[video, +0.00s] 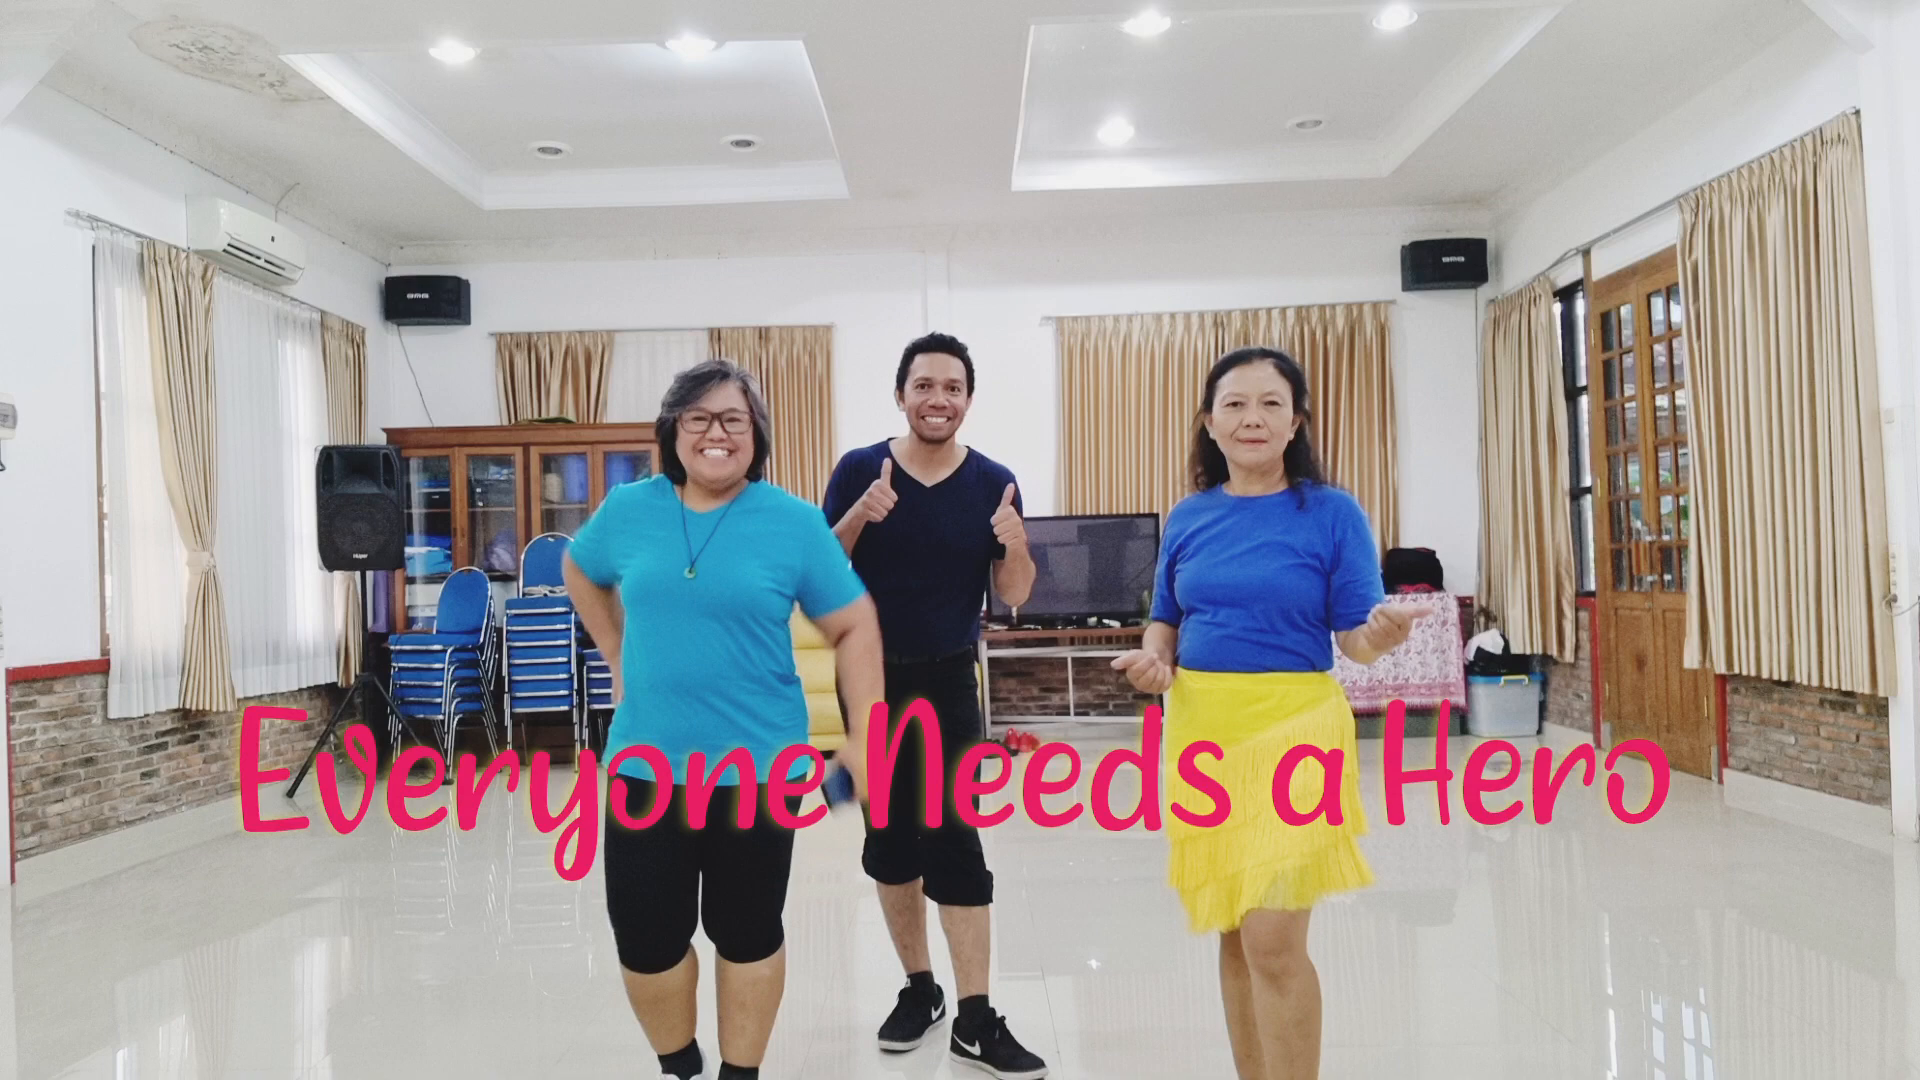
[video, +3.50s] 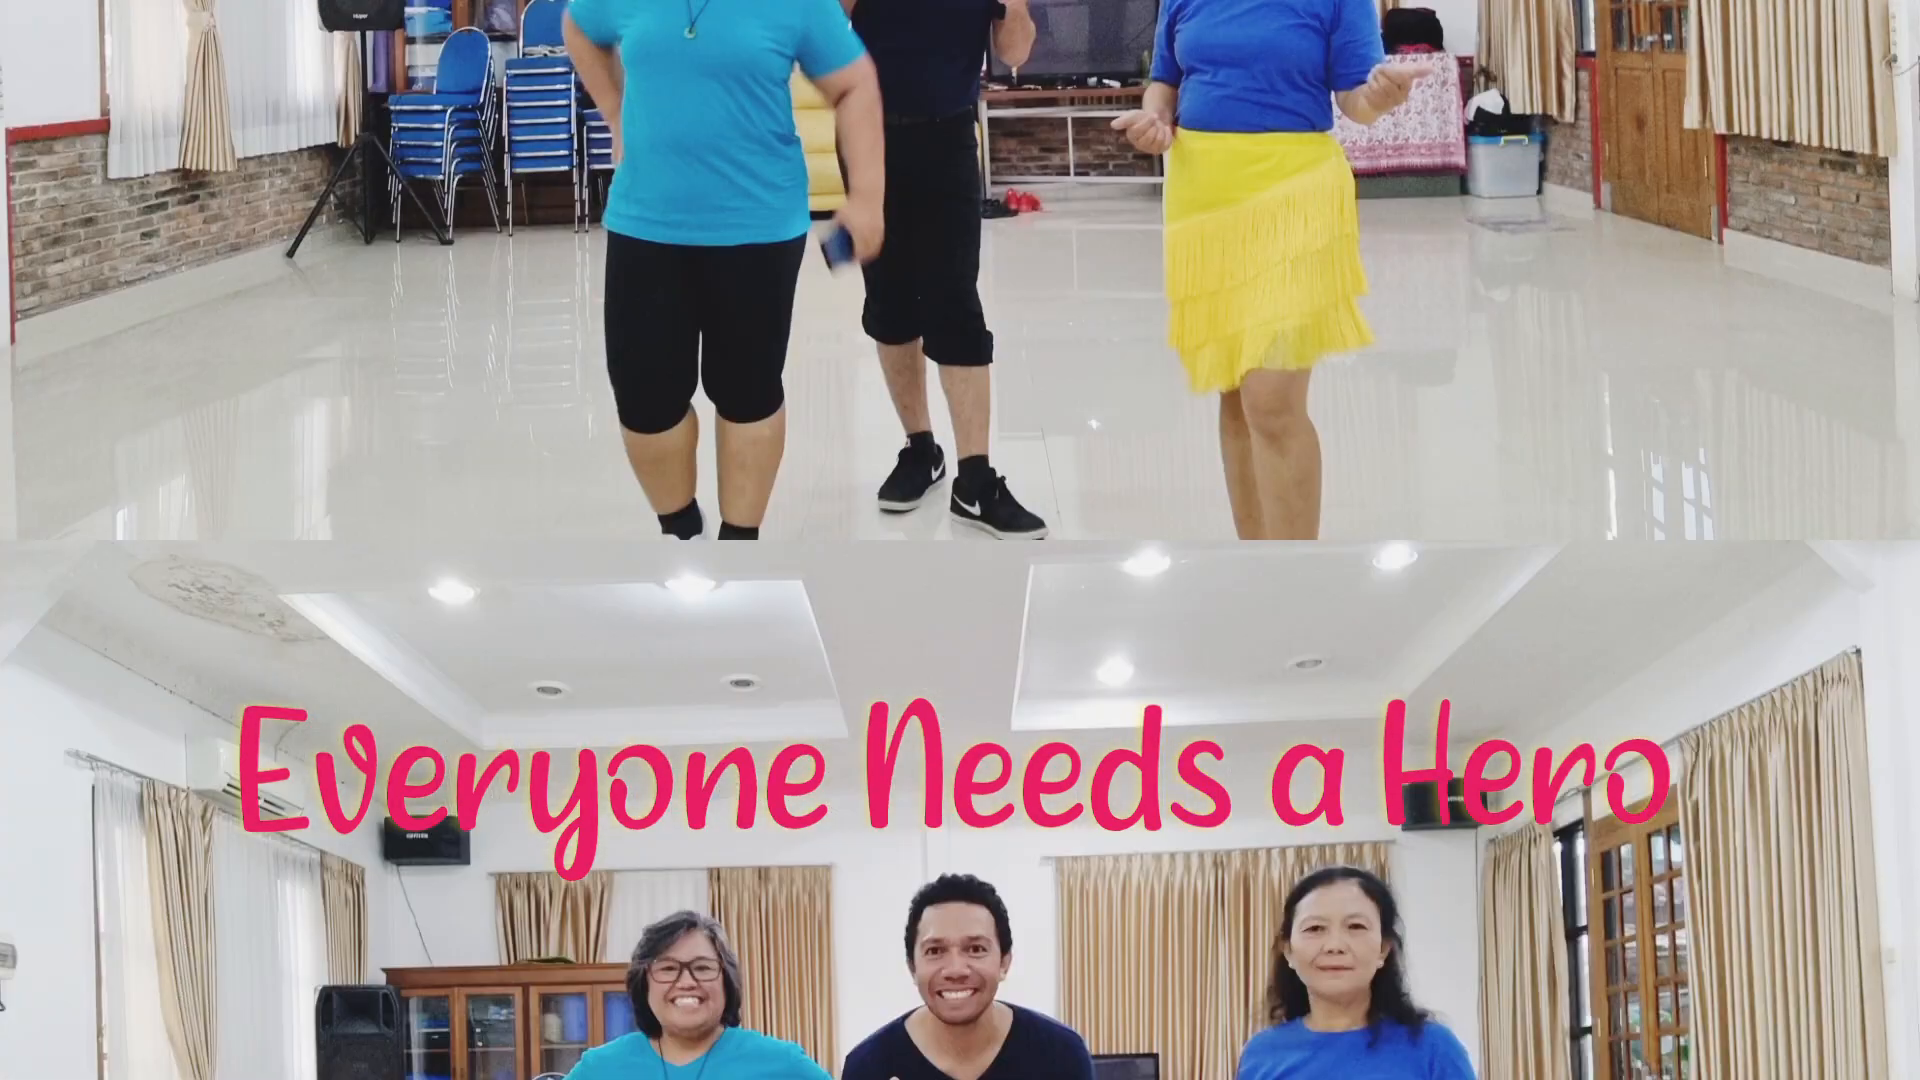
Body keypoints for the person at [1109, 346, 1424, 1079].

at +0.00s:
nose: (1252, 418)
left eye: (1270, 404)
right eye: (1234, 404)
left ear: (1295, 421)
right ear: (1210, 421)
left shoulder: (1333, 512)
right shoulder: (1186, 517)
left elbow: (1356, 643)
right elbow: (1163, 628)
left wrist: (1380, 635)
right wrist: (1151, 660)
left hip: (1297, 723)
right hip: (1204, 724)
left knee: (1272, 941)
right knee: (1237, 941)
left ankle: (1296, 1077)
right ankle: (1254, 1078)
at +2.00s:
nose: (1252, 418)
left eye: (1270, 404)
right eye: (1234, 404)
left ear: (1295, 421)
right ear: (1210, 421)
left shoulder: (1333, 512)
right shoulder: (1186, 517)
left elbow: (1356, 643)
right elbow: (1163, 628)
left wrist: (1380, 635)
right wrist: (1151, 660)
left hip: (1297, 723)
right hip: (1204, 724)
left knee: (1272, 941)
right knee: (1237, 941)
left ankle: (1296, 1077)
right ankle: (1254, 1078)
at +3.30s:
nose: (1252, 302)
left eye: (1270, 287)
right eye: (1234, 288)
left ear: (1295, 304)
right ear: (1210, 305)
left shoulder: (1333, 396)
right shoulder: (1186, 401)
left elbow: (1356, 526)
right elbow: (1163, 508)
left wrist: (1380, 516)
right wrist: (1150, 542)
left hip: (1295, 607)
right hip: (1202, 608)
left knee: (1272, 817)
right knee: (1233, 818)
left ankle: (1296, 1004)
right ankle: (1259, 997)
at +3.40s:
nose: (1252, 141)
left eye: (1270, 127)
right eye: (1235, 128)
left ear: (1296, 143)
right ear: (1210, 145)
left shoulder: (1333, 236)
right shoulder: (1186, 241)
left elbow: (1357, 367)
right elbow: (1163, 346)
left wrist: (1381, 357)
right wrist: (1152, 381)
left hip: (1295, 446)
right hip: (1202, 449)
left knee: (1271, 663)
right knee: (1236, 663)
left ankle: (1304, 836)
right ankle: (1255, 830)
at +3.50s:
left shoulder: (1339, 1)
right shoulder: (1183, 3)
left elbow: (1355, 100)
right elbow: (1164, 78)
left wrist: (1384, 93)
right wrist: (1154, 117)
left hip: (1294, 179)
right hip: (1204, 182)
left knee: (1271, 400)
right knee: (1237, 400)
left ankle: (1295, 587)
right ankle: (1257, 577)